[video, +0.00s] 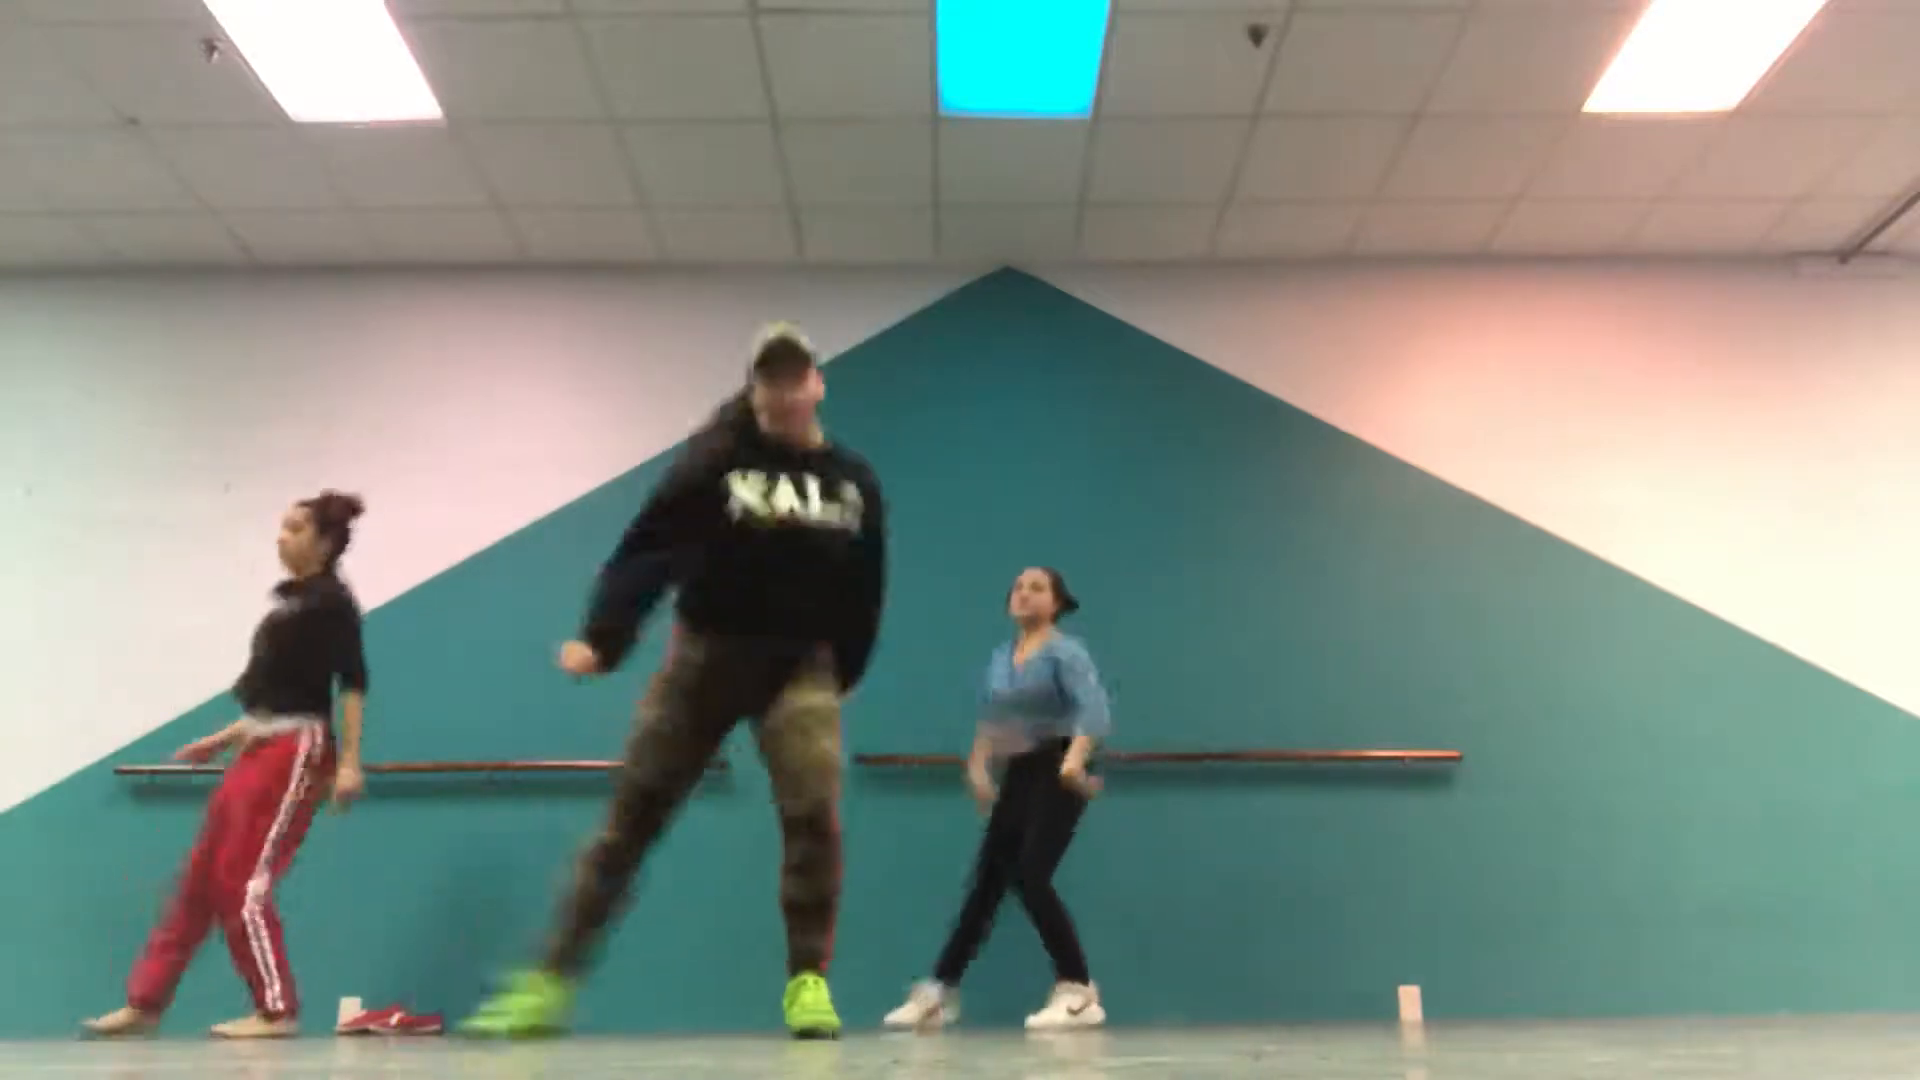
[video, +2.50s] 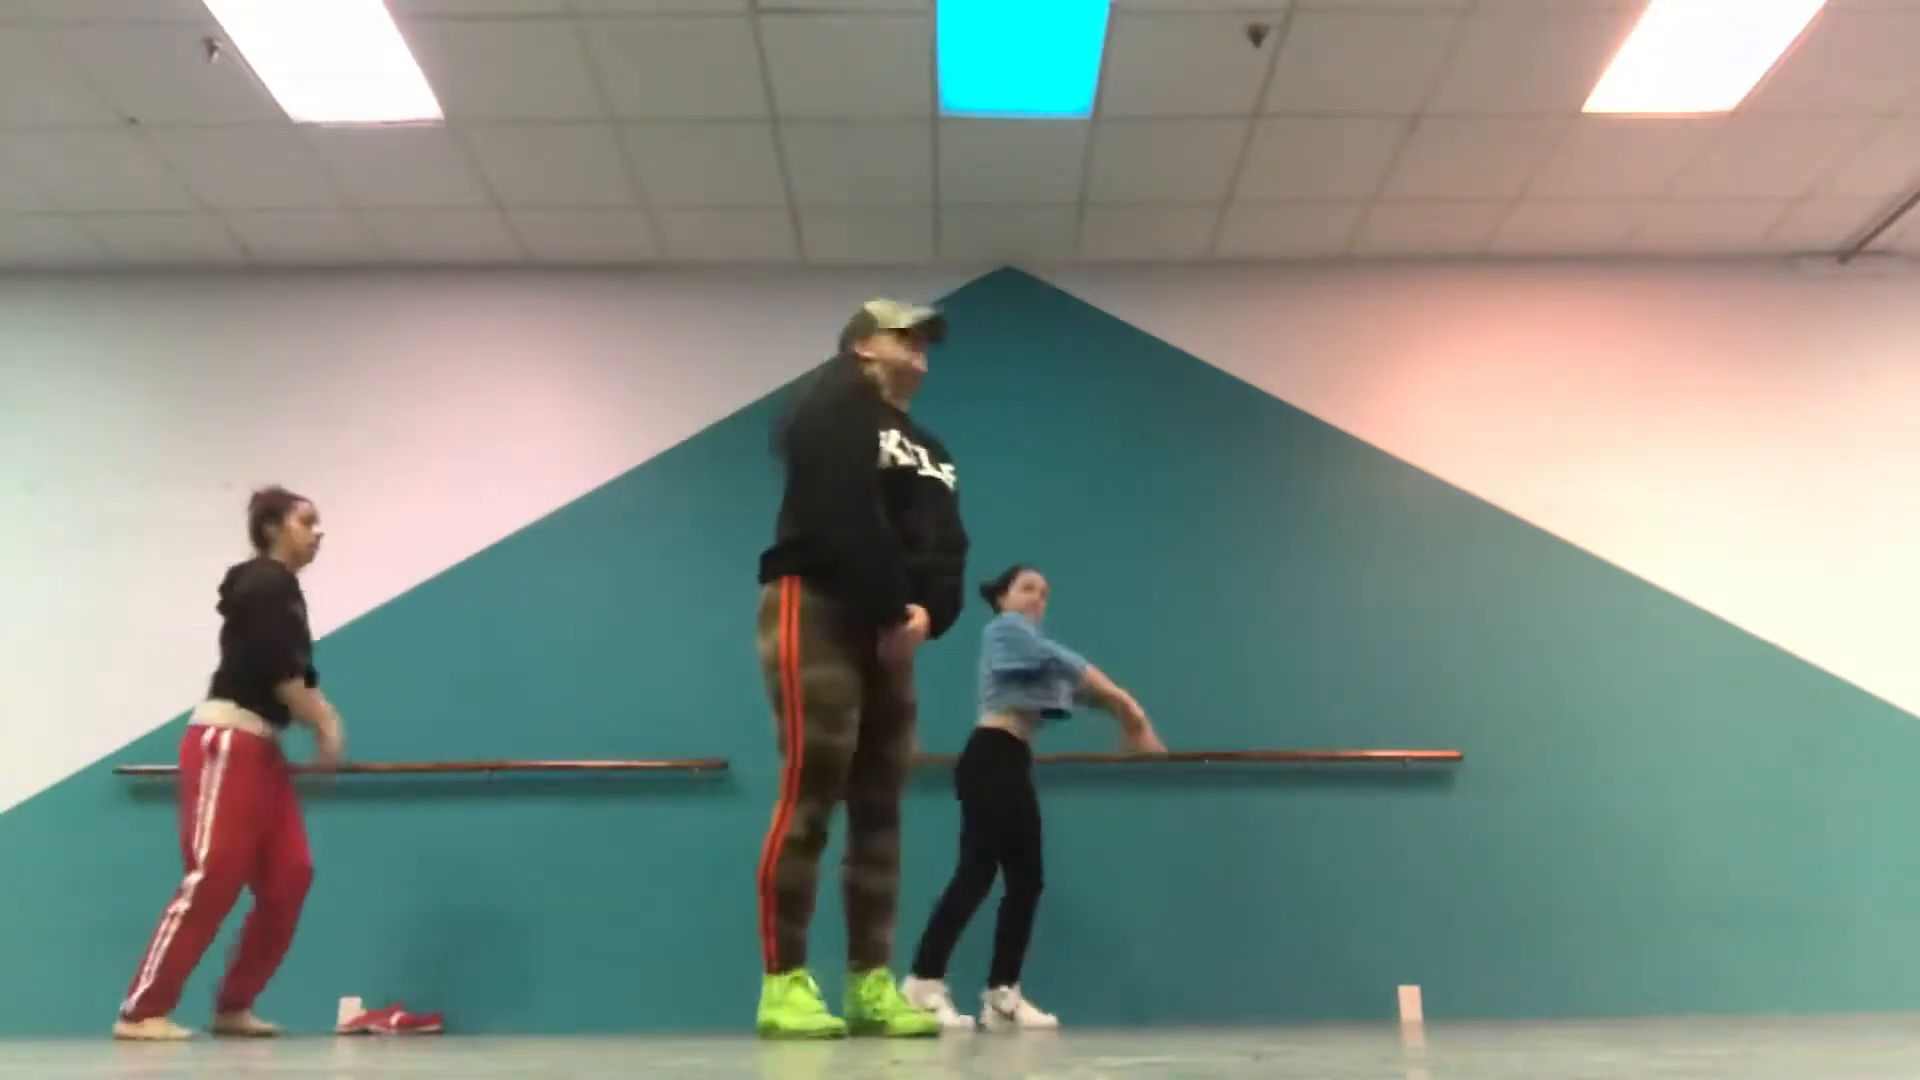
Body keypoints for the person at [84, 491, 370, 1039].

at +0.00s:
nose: (282, 536)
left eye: (294, 529)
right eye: (283, 527)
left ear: (325, 542)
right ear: (300, 539)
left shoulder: (334, 602)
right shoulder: (288, 600)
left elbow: (353, 685)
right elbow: (274, 699)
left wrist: (349, 763)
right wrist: (224, 739)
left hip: (299, 746)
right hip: (258, 745)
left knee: (243, 879)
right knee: (205, 874)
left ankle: (276, 1011)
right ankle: (145, 1003)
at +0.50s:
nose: (370, 567)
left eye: (381, 560)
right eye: (373, 558)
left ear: (413, 568)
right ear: (414, 570)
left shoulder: (380, 602)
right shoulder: (431, 619)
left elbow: (318, 641)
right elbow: (413, 717)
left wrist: (283, 701)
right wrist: (346, 746)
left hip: (389, 770)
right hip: (426, 772)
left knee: (263, 839)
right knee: (373, 899)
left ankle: (283, 959)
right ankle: (420, 1009)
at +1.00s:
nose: (412, 553)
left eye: (423, 543)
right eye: (414, 541)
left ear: (455, 554)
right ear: (454, 556)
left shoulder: (447, 602)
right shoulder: (465, 602)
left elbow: (427, 677)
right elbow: (451, 681)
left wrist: (355, 705)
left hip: (431, 749)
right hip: (465, 752)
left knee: (336, 853)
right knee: (444, 881)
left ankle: (273, 991)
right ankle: (516, 990)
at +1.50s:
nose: (316, 535)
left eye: (325, 526)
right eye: (318, 525)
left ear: (357, 531)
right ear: (365, 534)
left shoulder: (336, 574)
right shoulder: (392, 584)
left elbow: (275, 615)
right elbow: (406, 664)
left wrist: (226, 669)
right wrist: (401, 733)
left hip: (337, 727)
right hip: (362, 730)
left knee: (350, 859)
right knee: (241, 829)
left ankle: (411, 997)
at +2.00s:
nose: (184, 579)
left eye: (194, 566)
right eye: (179, 567)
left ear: (227, 563)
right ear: (178, 570)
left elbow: (327, 684)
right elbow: (181, 716)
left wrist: (313, 745)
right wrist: (189, 775)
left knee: (282, 879)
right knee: (121, 874)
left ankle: (290, 995)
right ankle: (139, 1012)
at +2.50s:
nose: (318, 533)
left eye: (316, 524)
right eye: (307, 522)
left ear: (280, 532)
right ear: (274, 529)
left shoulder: (283, 588)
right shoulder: (263, 581)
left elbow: (298, 675)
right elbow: (281, 676)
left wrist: (323, 713)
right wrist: (325, 719)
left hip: (259, 751)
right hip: (224, 744)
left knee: (289, 876)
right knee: (214, 873)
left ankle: (233, 1009)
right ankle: (141, 1013)